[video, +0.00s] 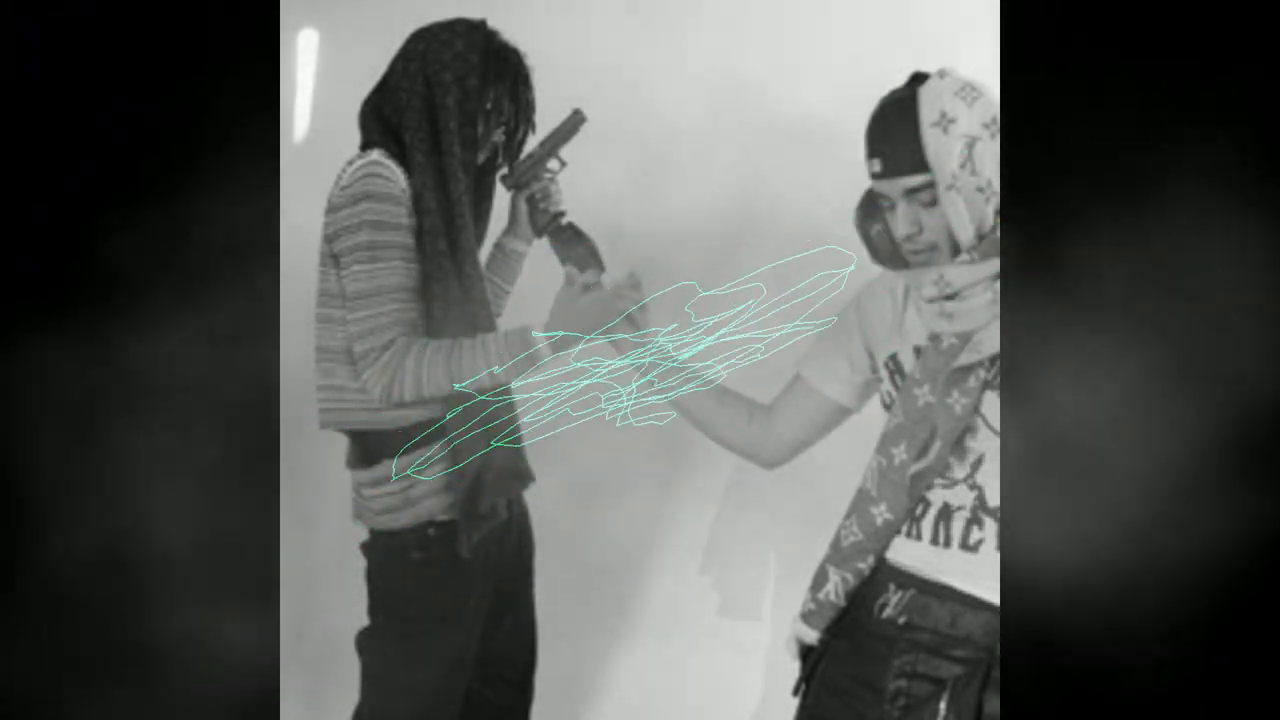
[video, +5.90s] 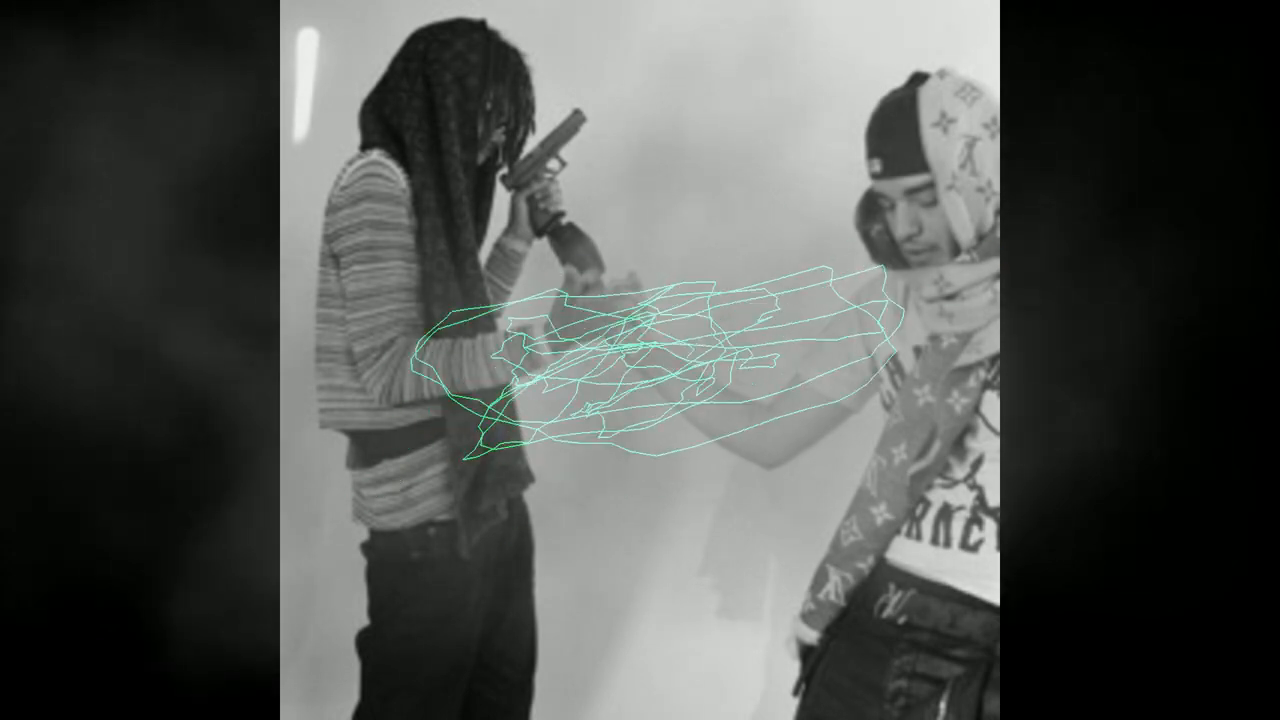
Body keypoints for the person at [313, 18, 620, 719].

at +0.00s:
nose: (495, 142)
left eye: (502, 124)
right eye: (489, 119)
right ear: (446, 108)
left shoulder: (430, 191)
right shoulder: (377, 182)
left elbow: (464, 330)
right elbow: (388, 370)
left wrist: (518, 234)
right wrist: (555, 337)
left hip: (486, 498)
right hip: (420, 514)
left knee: (500, 697)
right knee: (411, 703)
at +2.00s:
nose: (499, 147)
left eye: (506, 129)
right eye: (493, 124)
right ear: (450, 110)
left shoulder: (425, 192)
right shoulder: (377, 183)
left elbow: (462, 329)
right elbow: (388, 369)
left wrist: (519, 234)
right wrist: (550, 338)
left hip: (486, 493)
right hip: (423, 510)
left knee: (500, 695)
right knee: (413, 702)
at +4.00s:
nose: (497, 144)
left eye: (504, 126)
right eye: (492, 119)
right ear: (448, 108)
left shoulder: (427, 191)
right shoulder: (377, 182)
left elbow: (463, 330)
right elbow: (387, 370)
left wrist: (519, 234)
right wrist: (550, 338)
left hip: (486, 493)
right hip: (420, 509)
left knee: (500, 701)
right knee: (411, 705)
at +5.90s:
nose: (497, 143)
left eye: (504, 124)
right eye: (492, 119)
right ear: (449, 106)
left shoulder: (426, 189)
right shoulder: (377, 183)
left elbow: (463, 333)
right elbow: (389, 370)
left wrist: (517, 234)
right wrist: (544, 340)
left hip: (487, 498)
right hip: (422, 514)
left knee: (500, 699)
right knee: (410, 704)